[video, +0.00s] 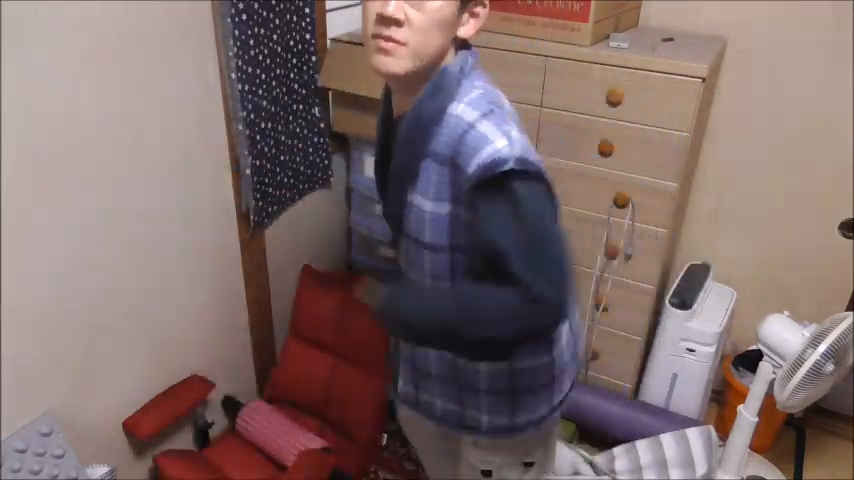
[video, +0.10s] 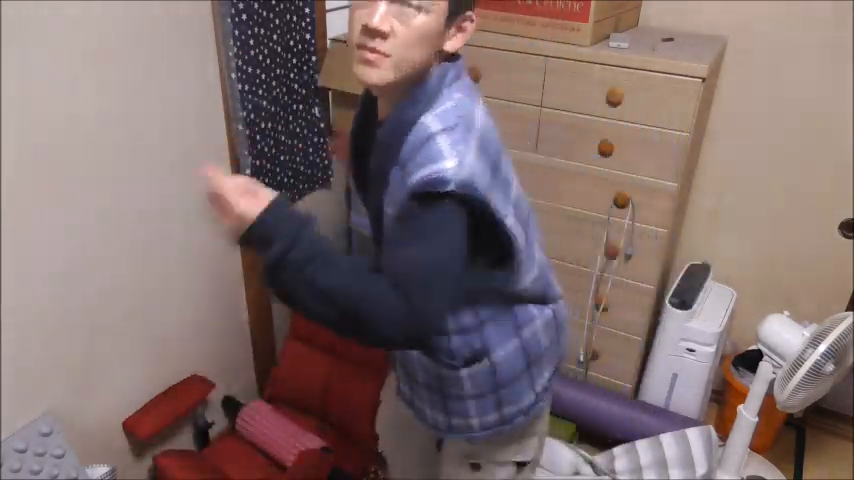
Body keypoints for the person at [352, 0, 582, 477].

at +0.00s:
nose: (390, 10)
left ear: (470, 19)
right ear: (367, 3)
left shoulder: (491, 147)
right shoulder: (403, 101)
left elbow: (539, 303)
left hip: (501, 410)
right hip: (427, 388)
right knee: (443, 471)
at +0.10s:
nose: (375, 22)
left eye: (410, 7)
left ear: (457, 31)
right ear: (353, 7)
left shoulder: (445, 152)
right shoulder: (387, 103)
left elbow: (407, 314)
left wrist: (273, 230)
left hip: (493, 375)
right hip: (425, 352)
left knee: (477, 474)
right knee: (403, 460)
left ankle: (606, 468)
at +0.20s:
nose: (360, 55)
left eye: (397, 43)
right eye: (357, 21)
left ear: (441, 67)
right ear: (341, 17)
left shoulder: (411, 192)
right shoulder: (429, 102)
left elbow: (369, 318)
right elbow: (480, 154)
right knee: (374, 456)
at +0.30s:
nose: (351, 84)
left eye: (387, 72)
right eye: (347, 49)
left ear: (427, 95)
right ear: (331, 37)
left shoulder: (414, 212)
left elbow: (391, 348)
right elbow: (469, 165)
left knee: (352, 434)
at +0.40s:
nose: (345, 94)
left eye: (380, 82)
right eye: (339, 58)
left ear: (419, 104)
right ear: (324, 49)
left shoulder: (415, 226)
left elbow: (401, 361)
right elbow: (448, 160)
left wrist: (375, 437)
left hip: (450, 356)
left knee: (392, 462)